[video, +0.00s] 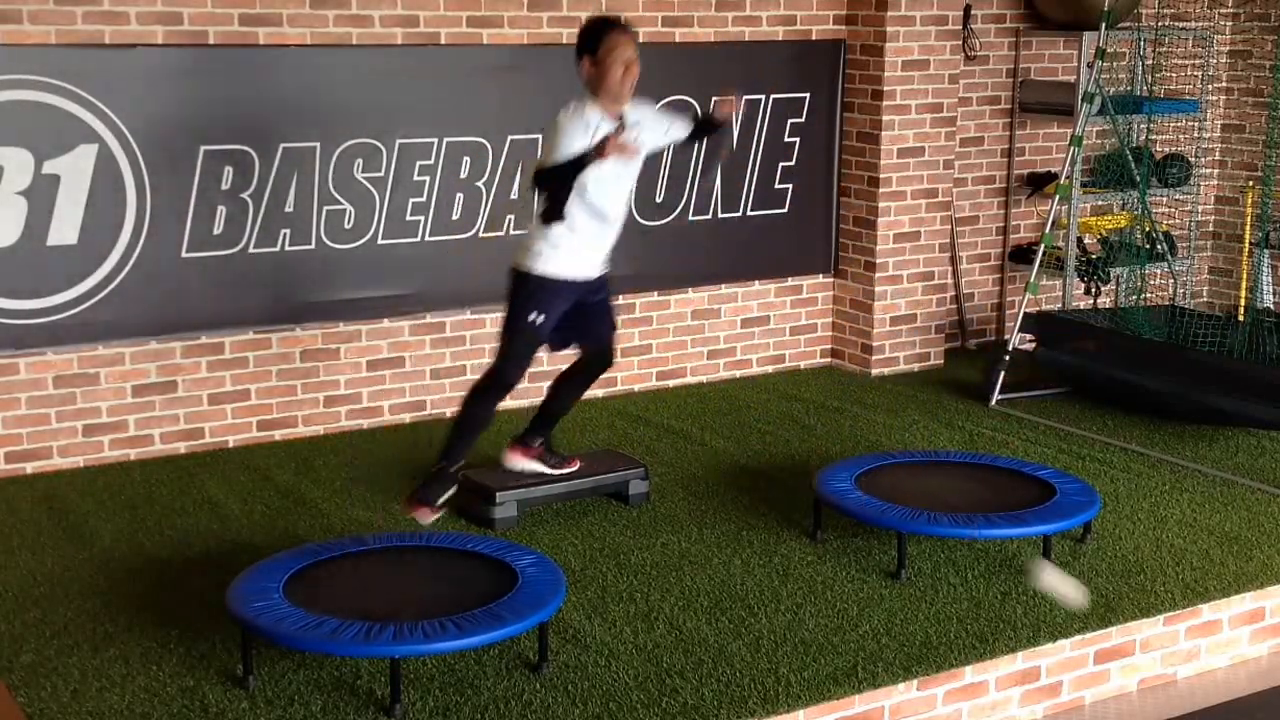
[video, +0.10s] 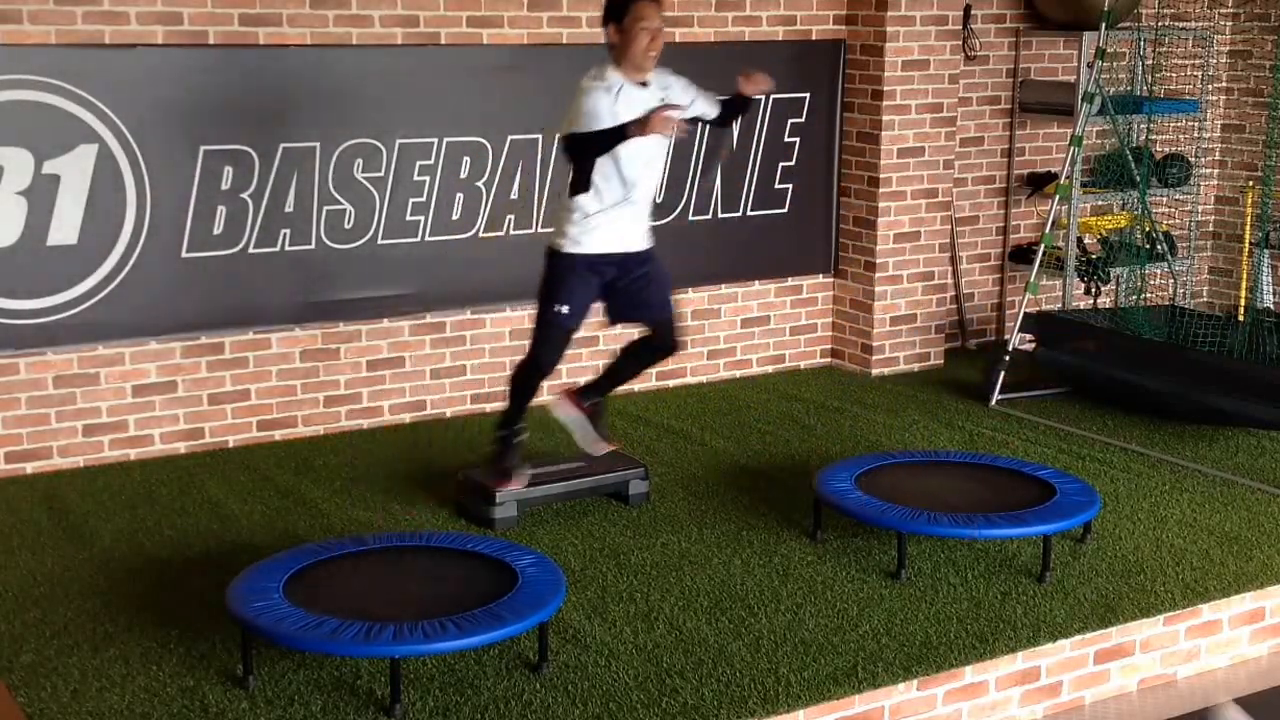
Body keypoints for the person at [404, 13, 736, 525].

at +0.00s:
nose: (632, 72)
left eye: (635, 61)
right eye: (620, 63)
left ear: (638, 65)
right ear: (589, 67)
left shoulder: (640, 119)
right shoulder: (573, 119)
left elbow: (690, 126)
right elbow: (544, 185)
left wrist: (717, 118)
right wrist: (595, 154)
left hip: (590, 273)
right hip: (544, 270)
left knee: (599, 356)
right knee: (505, 373)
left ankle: (531, 442)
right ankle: (440, 479)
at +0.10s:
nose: (657, 41)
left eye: (660, 31)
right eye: (646, 31)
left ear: (664, 37)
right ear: (614, 34)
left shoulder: (668, 87)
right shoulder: (596, 90)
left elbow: (719, 113)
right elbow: (577, 150)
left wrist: (747, 96)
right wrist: (637, 128)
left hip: (635, 248)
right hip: (579, 250)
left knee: (665, 339)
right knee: (543, 358)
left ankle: (587, 398)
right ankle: (507, 440)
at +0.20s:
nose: (689, 53)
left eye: (694, 43)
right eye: (677, 41)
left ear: (697, 47)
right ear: (645, 43)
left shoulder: (694, 98)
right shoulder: (625, 96)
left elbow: (741, 134)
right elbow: (610, 166)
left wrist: (785, 121)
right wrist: (687, 147)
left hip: (670, 246)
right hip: (608, 256)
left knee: (743, 317)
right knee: (570, 360)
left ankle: (698, 393)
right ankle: (545, 444)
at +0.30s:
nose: (728, 86)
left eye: (733, 77)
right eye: (717, 76)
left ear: (735, 82)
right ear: (686, 80)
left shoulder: (735, 130)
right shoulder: (663, 131)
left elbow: (783, 176)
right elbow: (646, 211)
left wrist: (837, 177)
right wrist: (721, 209)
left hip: (706, 262)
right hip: (643, 271)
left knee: (793, 319)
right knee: (588, 361)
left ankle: (835, 421)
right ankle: (546, 447)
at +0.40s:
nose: (782, 126)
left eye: (785, 116)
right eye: (770, 116)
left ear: (786, 123)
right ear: (738, 120)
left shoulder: (787, 168)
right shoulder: (712, 175)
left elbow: (838, 217)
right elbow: (677, 251)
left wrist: (890, 237)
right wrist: (736, 288)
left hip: (758, 294)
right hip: (693, 298)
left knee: (838, 353)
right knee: (615, 376)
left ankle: (893, 462)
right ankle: (548, 447)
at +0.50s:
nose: (839, 175)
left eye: (841, 165)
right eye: (829, 165)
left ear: (842, 171)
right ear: (796, 171)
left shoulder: (846, 216)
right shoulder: (765, 226)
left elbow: (893, 267)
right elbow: (720, 296)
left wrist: (949, 299)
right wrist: (751, 355)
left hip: (804, 324)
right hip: (740, 332)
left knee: (888, 356)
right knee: (648, 399)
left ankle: (910, 465)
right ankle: (557, 446)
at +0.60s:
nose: (886, 214)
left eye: (888, 204)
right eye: (875, 205)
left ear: (885, 208)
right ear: (842, 209)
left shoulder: (883, 250)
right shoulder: (804, 258)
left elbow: (929, 301)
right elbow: (767, 337)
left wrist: (980, 328)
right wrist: (788, 405)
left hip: (825, 341)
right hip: (762, 348)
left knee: (907, 354)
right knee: (657, 409)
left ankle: (910, 467)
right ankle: (561, 446)